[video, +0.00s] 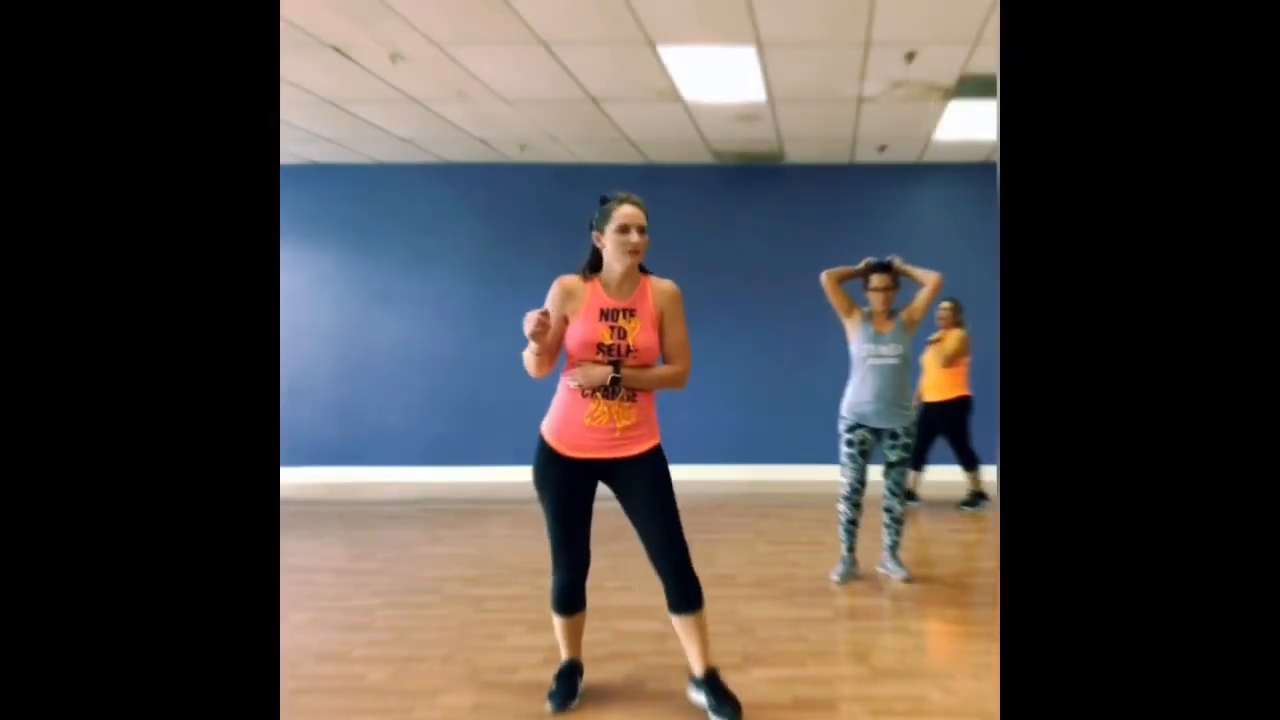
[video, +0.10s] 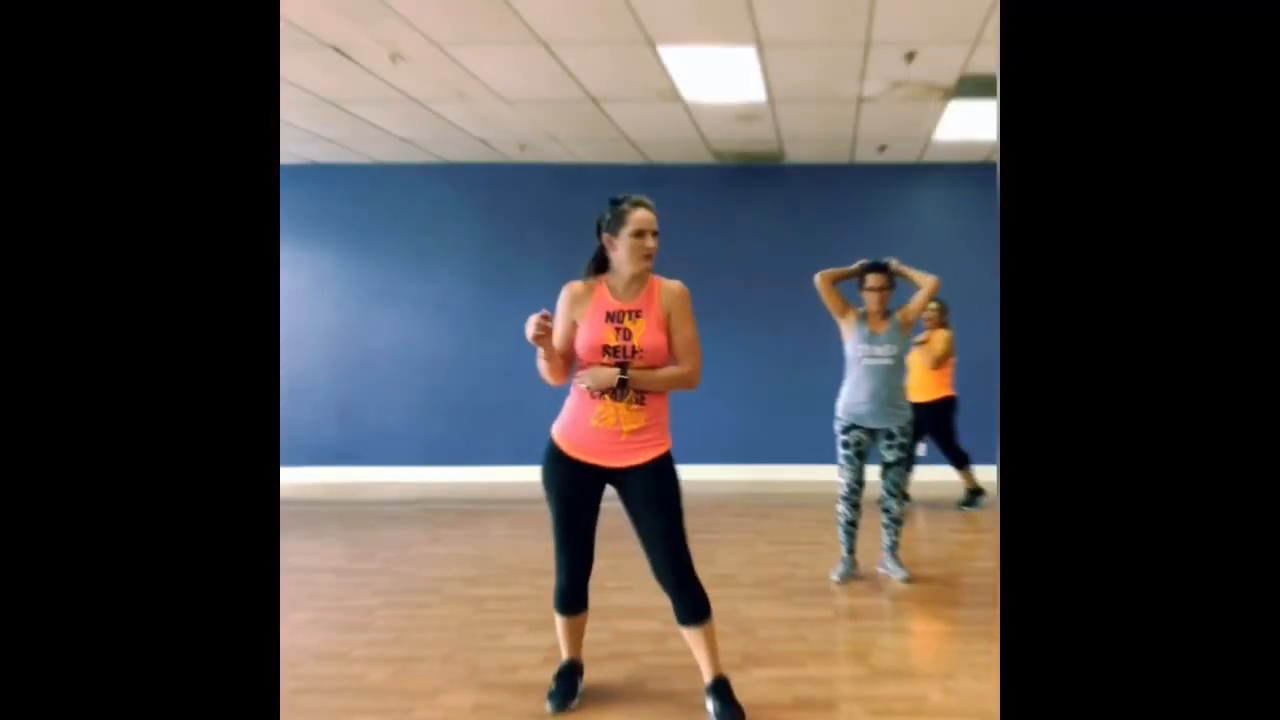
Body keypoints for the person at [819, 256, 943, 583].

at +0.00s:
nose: (882, 296)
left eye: (888, 290)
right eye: (876, 290)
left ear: (896, 292)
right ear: (866, 292)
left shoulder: (907, 322)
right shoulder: (854, 319)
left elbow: (935, 281)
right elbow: (827, 278)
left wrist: (904, 268)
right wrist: (858, 270)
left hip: (899, 419)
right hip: (858, 416)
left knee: (895, 492)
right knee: (851, 490)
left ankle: (891, 555)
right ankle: (847, 557)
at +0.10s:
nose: (877, 295)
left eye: (883, 289)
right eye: (871, 289)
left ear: (892, 292)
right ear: (861, 292)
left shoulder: (902, 322)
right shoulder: (849, 320)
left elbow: (932, 285)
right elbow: (821, 280)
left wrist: (901, 269)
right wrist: (853, 271)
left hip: (895, 417)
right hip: (853, 416)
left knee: (895, 493)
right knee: (850, 491)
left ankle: (890, 557)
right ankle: (847, 558)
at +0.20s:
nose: (873, 295)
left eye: (879, 289)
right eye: (867, 289)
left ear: (888, 292)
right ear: (858, 292)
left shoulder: (898, 322)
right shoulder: (845, 320)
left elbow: (929, 286)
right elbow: (816, 282)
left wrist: (898, 269)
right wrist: (852, 270)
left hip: (891, 417)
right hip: (849, 417)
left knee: (892, 493)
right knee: (847, 491)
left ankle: (890, 557)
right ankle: (846, 558)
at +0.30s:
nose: (870, 295)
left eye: (876, 289)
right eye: (864, 289)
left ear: (885, 292)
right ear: (855, 292)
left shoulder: (897, 322)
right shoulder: (842, 319)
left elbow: (927, 287)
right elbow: (812, 282)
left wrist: (896, 269)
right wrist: (849, 270)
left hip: (888, 417)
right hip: (846, 417)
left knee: (890, 492)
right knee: (846, 492)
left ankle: (889, 557)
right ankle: (846, 559)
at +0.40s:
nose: (869, 294)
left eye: (875, 288)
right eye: (863, 289)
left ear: (884, 291)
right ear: (853, 292)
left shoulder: (895, 320)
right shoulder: (841, 319)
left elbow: (926, 286)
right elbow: (811, 282)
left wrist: (896, 268)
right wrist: (848, 270)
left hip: (887, 417)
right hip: (846, 416)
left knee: (892, 491)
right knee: (845, 491)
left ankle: (889, 557)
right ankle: (846, 558)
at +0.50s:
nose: (870, 293)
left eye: (875, 287)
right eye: (863, 288)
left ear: (884, 291)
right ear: (854, 291)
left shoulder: (896, 320)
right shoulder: (841, 319)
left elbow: (927, 284)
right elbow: (811, 282)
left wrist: (895, 268)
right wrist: (848, 269)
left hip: (888, 416)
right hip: (847, 416)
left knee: (890, 491)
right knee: (847, 491)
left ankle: (889, 557)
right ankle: (846, 558)